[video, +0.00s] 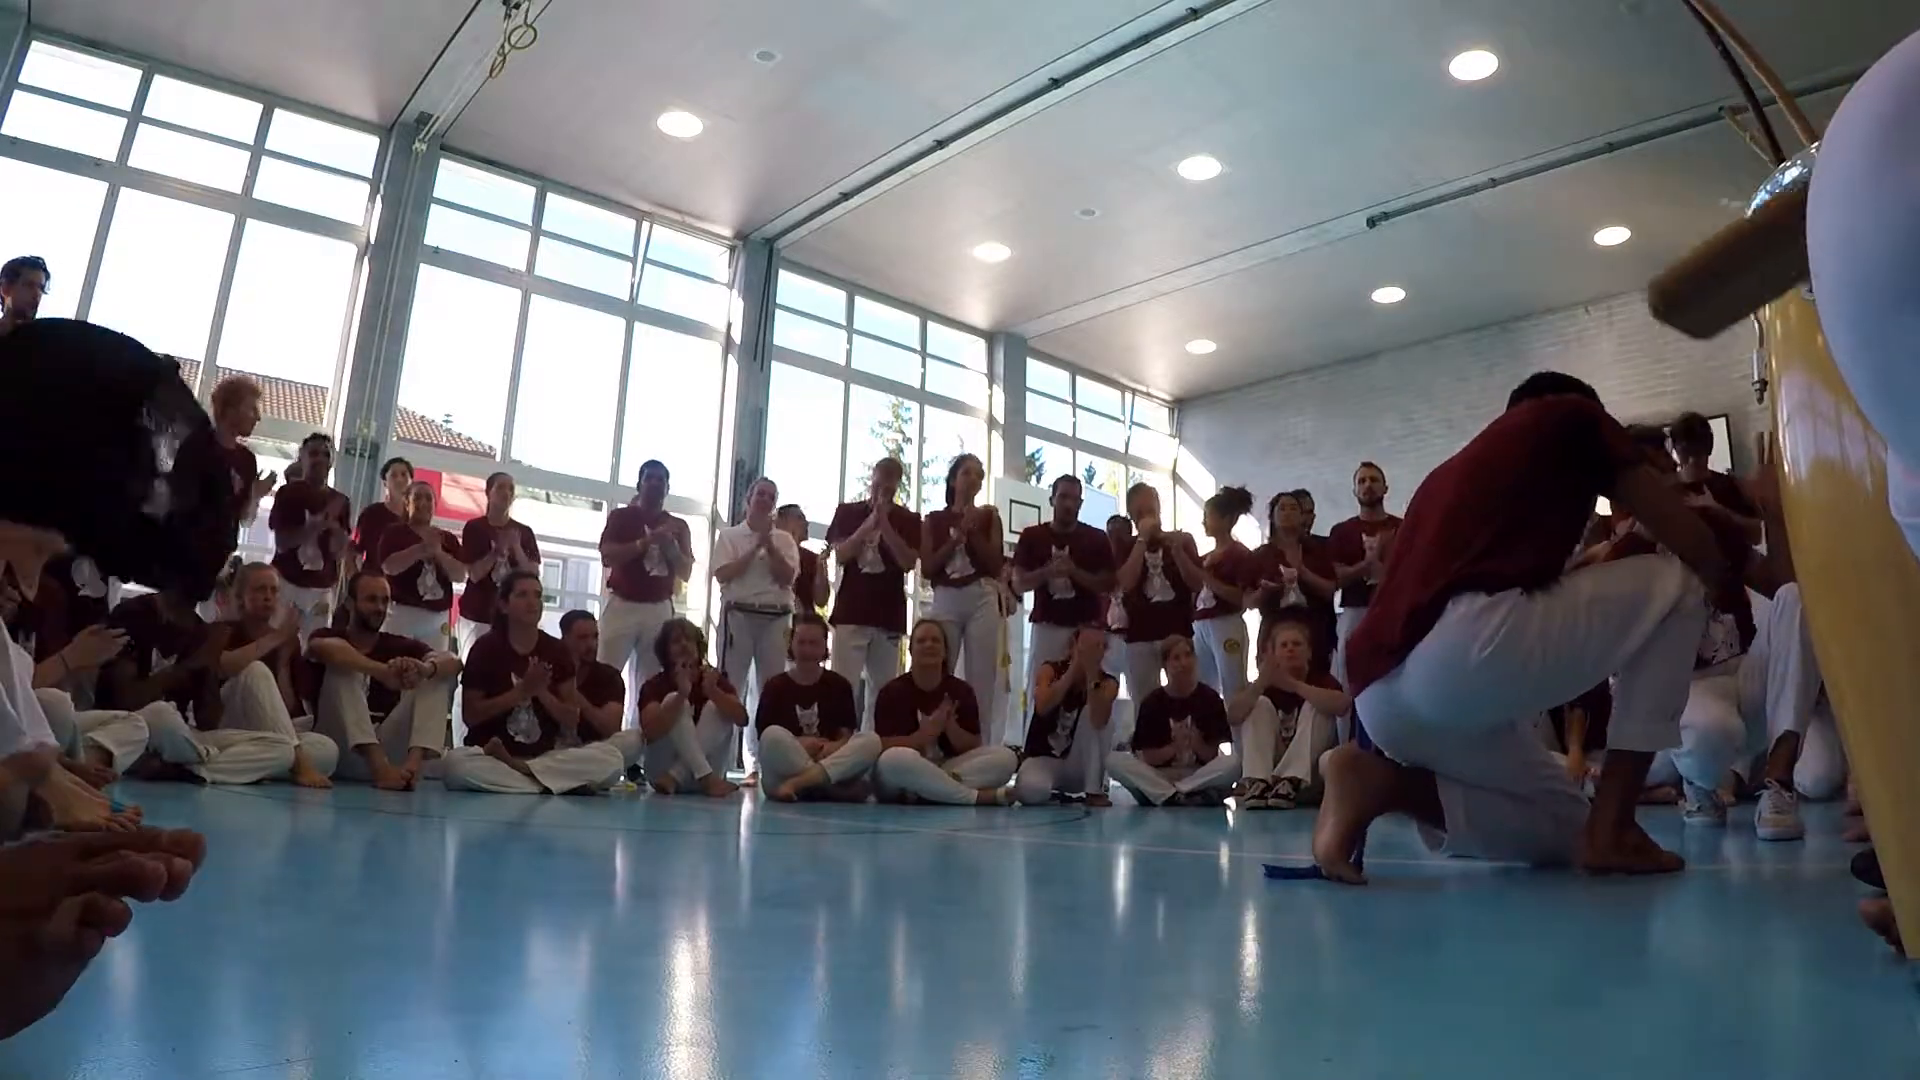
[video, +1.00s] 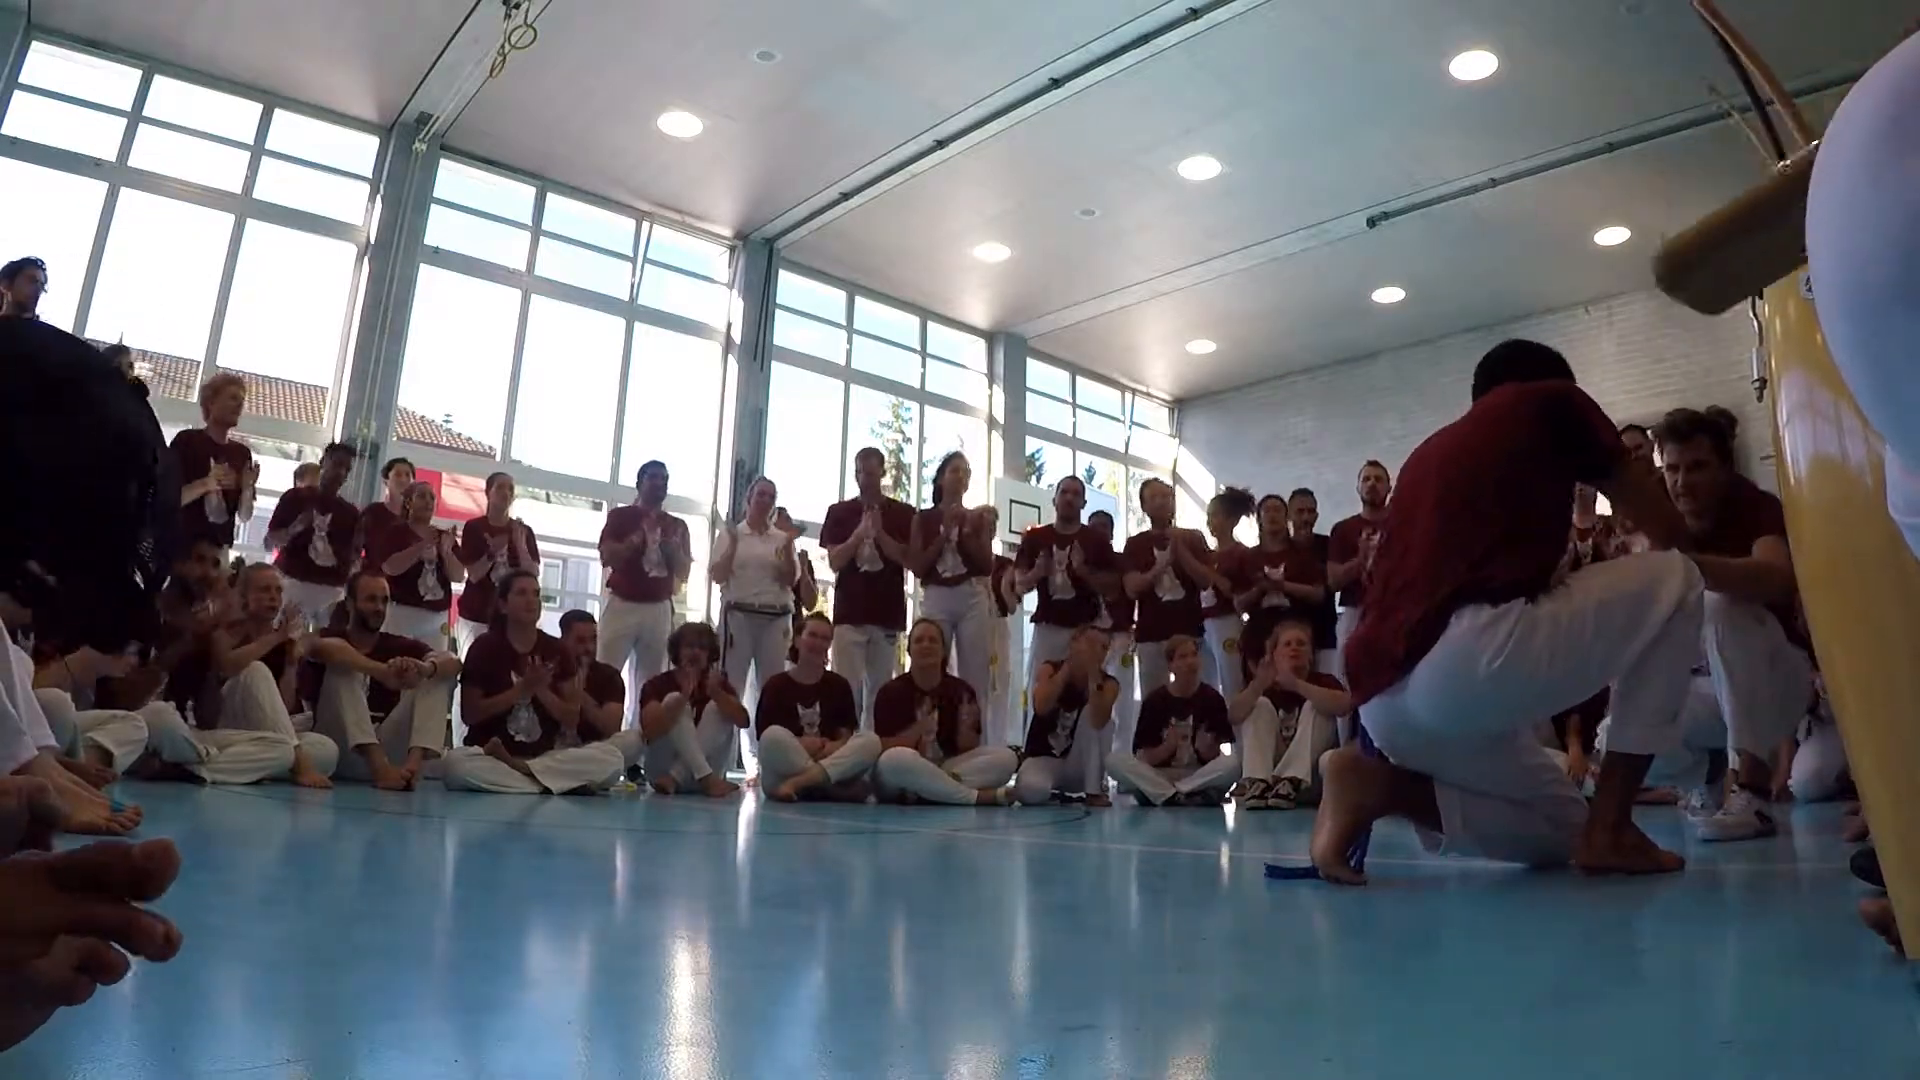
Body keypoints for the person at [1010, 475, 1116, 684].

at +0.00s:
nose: (1068, 504)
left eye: (1074, 498)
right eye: (1063, 497)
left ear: (1080, 503)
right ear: (1052, 500)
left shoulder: (1097, 538)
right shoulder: (1032, 536)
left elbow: (1108, 584)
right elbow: (1019, 584)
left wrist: (1074, 572)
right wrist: (1049, 572)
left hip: (1087, 629)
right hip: (1047, 627)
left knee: (1084, 700)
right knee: (1040, 698)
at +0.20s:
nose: (1068, 504)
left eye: (1074, 499)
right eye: (1063, 497)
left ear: (1081, 503)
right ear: (1052, 499)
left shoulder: (1096, 538)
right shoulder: (1032, 537)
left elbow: (1108, 585)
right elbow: (1016, 584)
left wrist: (1084, 575)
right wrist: (1039, 574)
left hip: (1085, 629)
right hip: (1047, 628)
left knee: (1083, 700)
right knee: (1039, 697)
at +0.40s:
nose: (1068, 503)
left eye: (1074, 499)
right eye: (1063, 497)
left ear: (1081, 504)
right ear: (1053, 500)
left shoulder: (1095, 539)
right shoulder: (1033, 537)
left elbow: (1108, 589)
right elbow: (1020, 585)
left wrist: (1073, 571)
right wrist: (1049, 572)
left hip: (1085, 630)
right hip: (1047, 628)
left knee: (1083, 700)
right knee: (1039, 698)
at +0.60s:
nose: (1070, 501)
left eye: (1076, 497)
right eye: (1065, 495)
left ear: (1083, 503)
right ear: (1055, 499)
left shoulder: (1097, 540)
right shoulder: (1034, 537)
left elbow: (1109, 589)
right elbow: (1021, 585)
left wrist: (1072, 572)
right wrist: (1050, 570)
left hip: (1086, 630)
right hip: (1048, 628)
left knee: (1085, 701)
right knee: (1040, 699)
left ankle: (1083, 769)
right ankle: (1038, 765)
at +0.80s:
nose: (1070, 500)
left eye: (1076, 496)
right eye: (1065, 494)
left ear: (1084, 504)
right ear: (1055, 500)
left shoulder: (1098, 540)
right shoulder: (1035, 538)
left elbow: (1110, 589)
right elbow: (1020, 584)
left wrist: (1081, 574)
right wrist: (1043, 571)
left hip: (1088, 629)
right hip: (1049, 629)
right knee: (1039, 698)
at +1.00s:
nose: (1069, 498)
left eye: (1076, 494)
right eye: (1064, 492)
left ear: (1083, 503)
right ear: (1054, 500)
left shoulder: (1097, 539)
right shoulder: (1035, 537)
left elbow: (1112, 586)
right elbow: (1020, 584)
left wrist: (1083, 571)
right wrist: (1037, 573)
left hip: (1086, 629)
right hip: (1048, 627)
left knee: (1082, 700)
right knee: (1040, 696)